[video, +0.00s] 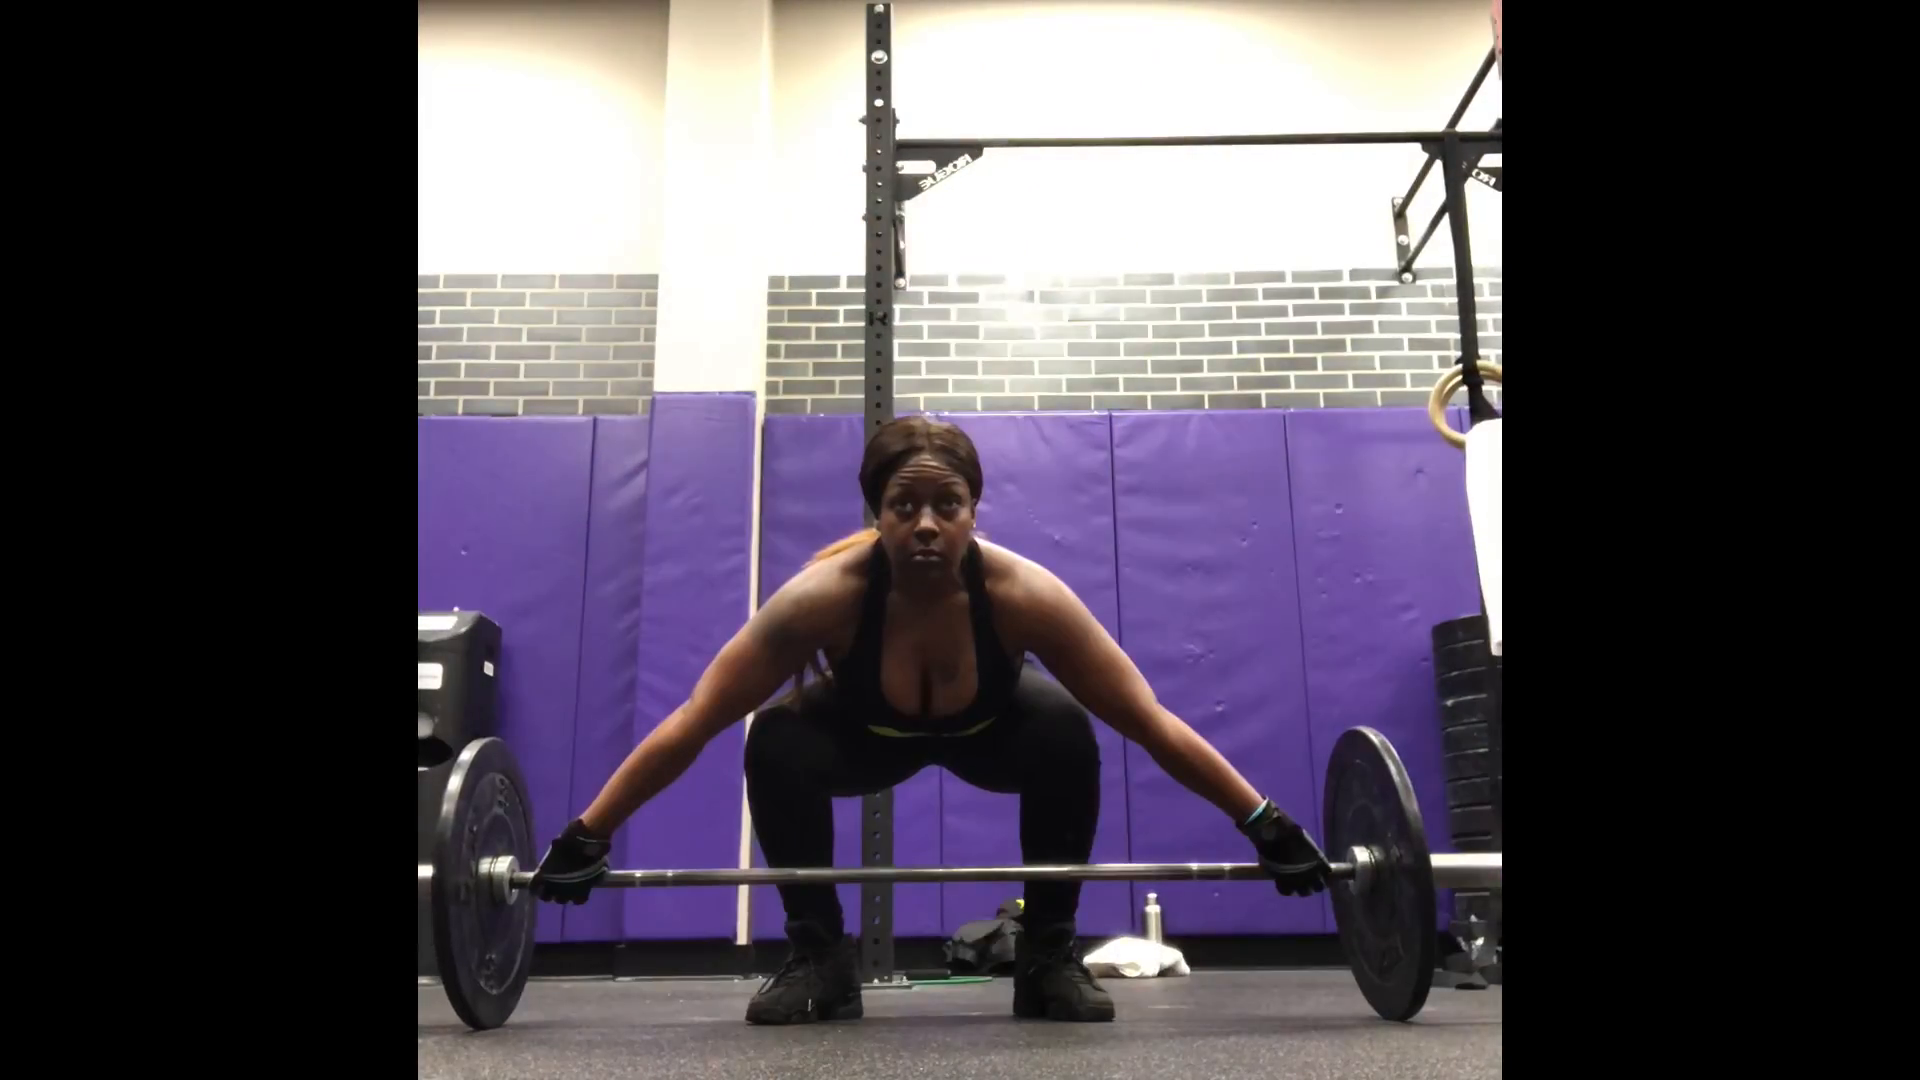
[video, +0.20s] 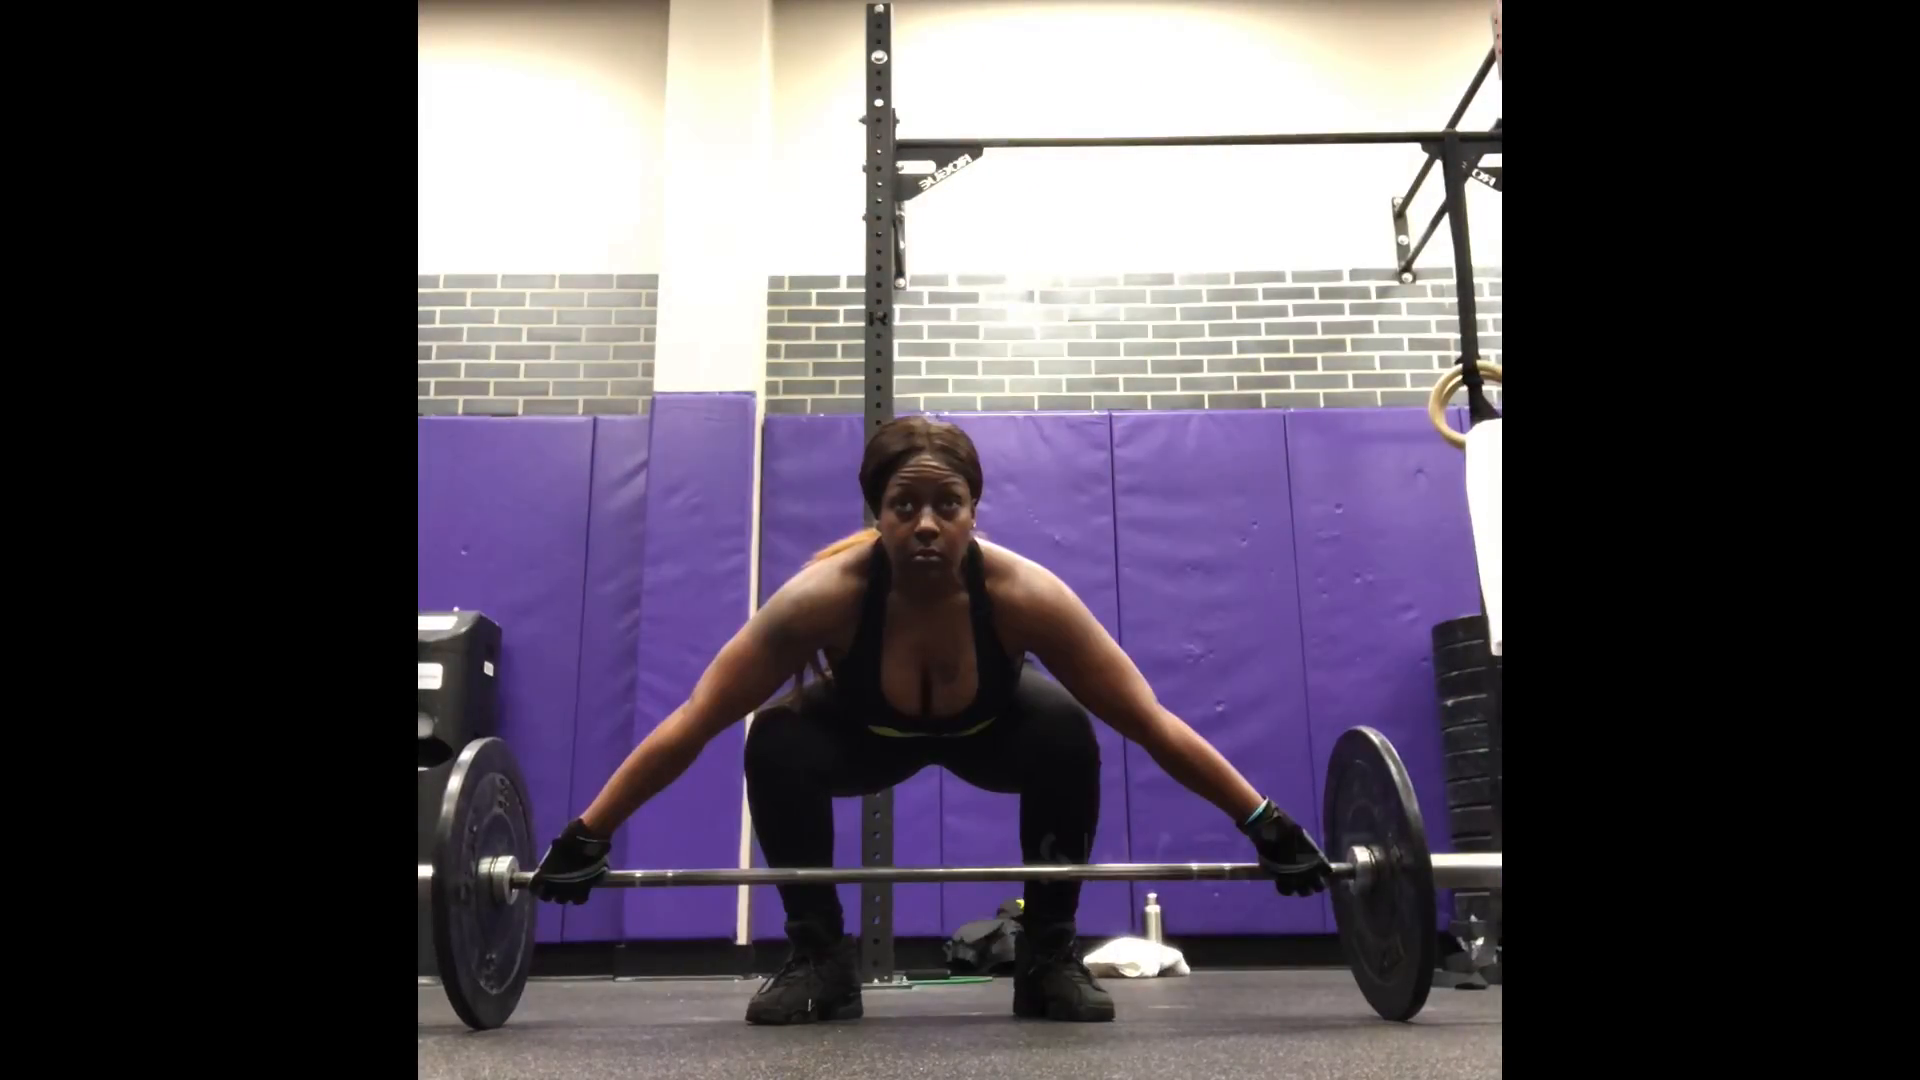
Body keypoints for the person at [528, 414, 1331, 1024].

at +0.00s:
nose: (928, 522)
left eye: (946, 503)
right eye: (908, 505)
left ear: (973, 510)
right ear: (877, 514)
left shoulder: (1025, 594)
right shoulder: (823, 595)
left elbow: (1151, 724)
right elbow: (696, 724)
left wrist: (1263, 821)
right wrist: (585, 834)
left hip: (985, 731)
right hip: (865, 735)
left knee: (1065, 736)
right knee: (777, 746)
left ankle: (1049, 961)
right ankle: (819, 961)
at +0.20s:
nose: (928, 523)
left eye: (945, 504)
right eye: (908, 505)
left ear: (973, 510)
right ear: (877, 514)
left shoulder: (1026, 594)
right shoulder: (824, 594)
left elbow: (1151, 724)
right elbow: (698, 722)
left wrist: (1263, 821)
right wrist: (585, 834)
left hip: (986, 731)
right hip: (866, 735)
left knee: (1065, 735)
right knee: (777, 747)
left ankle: (1049, 961)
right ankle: (820, 962)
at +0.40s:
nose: (928, 523)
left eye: (945, 504)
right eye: (908, 506)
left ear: (973, 510)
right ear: (877, 515)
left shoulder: (1025, 595)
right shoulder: (822, 595)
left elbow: (1150, 724)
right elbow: (697, 723)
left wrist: (1263, 821)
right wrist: (585, 834)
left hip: (984, 732)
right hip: (864, 735)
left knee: (1065, 734)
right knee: (776, 746)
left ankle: (1049, 962)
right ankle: (820, 960)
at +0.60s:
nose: (926, 525)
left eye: (944, 506)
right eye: (906, 508)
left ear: (973, 514)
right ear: (877, 518)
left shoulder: (1024, 596)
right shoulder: (822, 596)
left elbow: (1150, 724)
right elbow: (696, 724)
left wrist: (1263, 821)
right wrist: (586, 834)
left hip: (985, 730)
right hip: (865, 734)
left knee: (1065, 734)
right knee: (776, 747)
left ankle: (1048, 962)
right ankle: (820, 962)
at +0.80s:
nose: (927, 526)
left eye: (945, 507)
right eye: (907, 509)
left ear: (973, 514)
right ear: (876, 519)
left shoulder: (1024, 596)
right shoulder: (822, 597)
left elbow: (1152, 725)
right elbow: (698, 722)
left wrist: (1264, 821)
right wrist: (588, 834)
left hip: (985, 730)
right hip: (866, 733)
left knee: (1065, 735)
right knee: (777, 746)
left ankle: (1048, 962)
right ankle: (819, 962)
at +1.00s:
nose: (927, 526)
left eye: (945, 507)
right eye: (907, 509)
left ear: (973, 514)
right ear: (877, 518)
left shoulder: (1023, 596)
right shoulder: (823, 596)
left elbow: (1152, 725)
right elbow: (696, 721)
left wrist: (1263, 820)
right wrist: (588, 834)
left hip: (985, 730)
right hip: (867, 733)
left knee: (1065, 734)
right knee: (777, 745)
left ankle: (1049, 963)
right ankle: (820, 961)